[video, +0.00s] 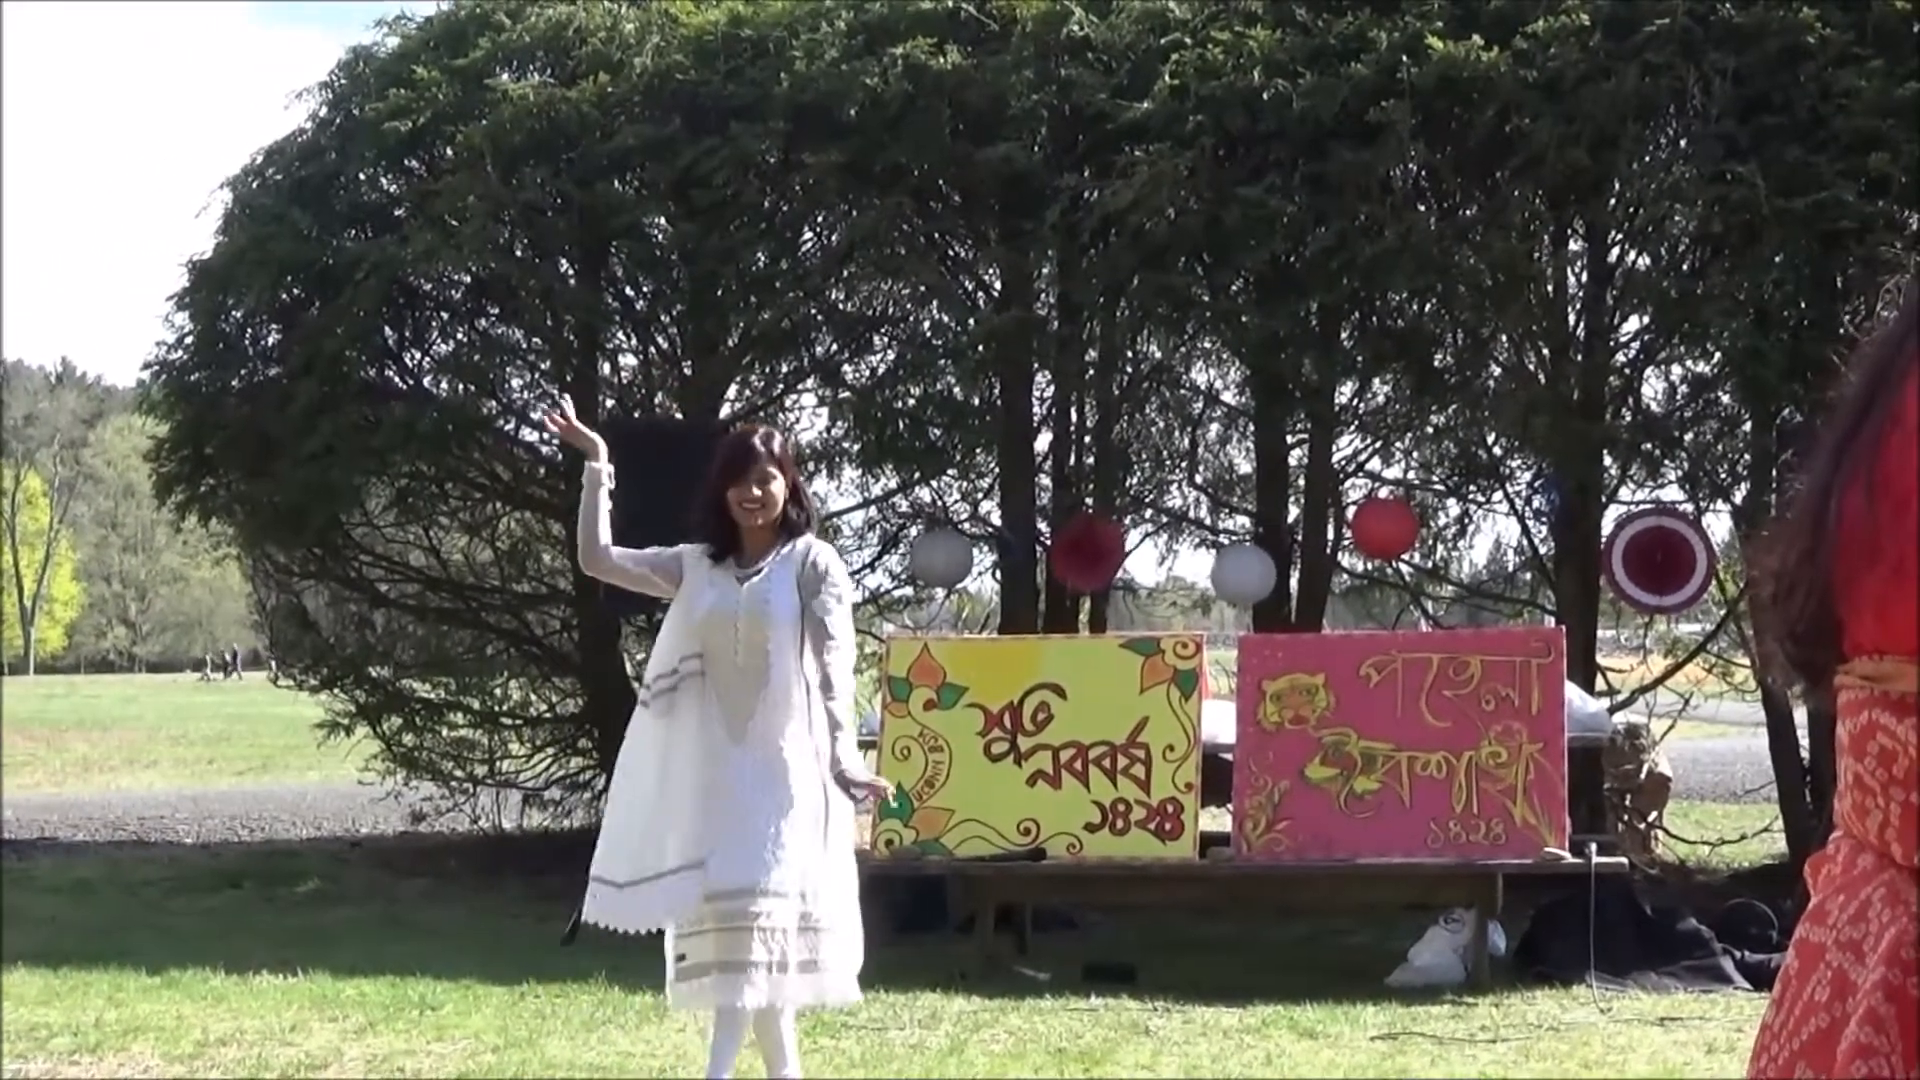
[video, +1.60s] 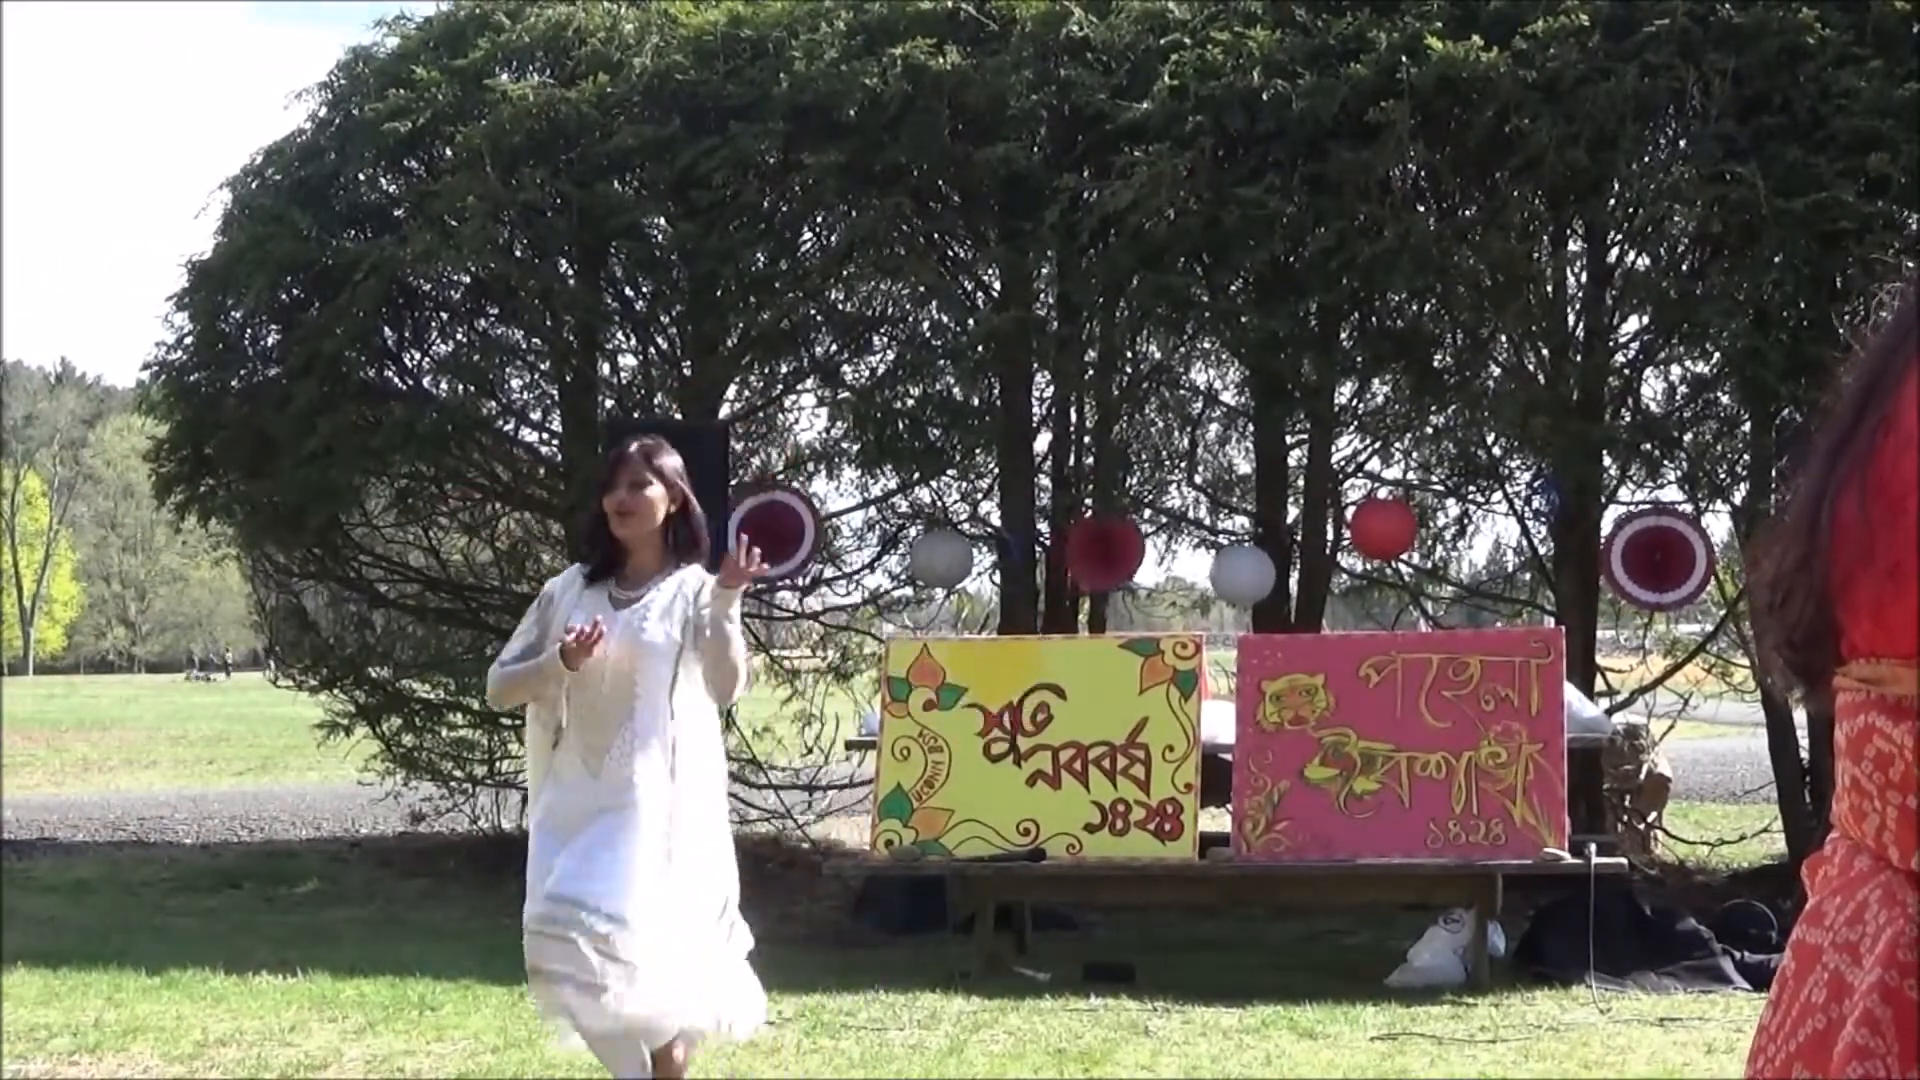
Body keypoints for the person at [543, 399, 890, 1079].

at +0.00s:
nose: (753, 488)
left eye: (767, 475)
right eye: (739, 477)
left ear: (790, 485)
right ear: (722, 489)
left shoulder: (812, 561)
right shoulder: (696, 564)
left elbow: (835, 667)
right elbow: (597, 558)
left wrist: (844, 757)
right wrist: (597, 459)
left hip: (781, 762)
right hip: (711, 758)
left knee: (743, 911)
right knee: (753, 917)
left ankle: (717, 1068)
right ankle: (785, 1067)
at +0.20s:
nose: (765, 488)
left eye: (776, 474)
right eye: (750, 476)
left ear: (795, 484)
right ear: (728, 488)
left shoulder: (818, 557)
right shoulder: (695, 560)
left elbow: (876, 647)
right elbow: (588, 561)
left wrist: (933, 719)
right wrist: (547, 474)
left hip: (795, 766)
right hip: (717, 765)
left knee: (754, 912)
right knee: (762, 920)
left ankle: (728, 1067)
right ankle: (788, 1068)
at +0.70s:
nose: (760, 487)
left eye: (771, 475)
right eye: (746, 475)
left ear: (790, 486)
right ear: (720, 486)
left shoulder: (812, 563)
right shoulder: (682, 565)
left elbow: (901, 624)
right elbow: (589, 606)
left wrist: (991, 675)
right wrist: (542, 577)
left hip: (786, 761)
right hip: (705, 761)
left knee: (776, 912)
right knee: (737, 913)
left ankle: (771, 1067)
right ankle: (778, 1063)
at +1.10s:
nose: (737, 506)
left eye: (751, 494)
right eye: (725, 493)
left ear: (771, 505)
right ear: (704, 501)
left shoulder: (788, 579)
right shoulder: (668, 596)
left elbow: (880, 653)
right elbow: (601, 681)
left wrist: (981, 716)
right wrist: (603, 660)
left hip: (761, 788)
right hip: (680, 784)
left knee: (752, 945)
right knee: (637, 910)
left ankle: (761, 1071)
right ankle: (697, 1070)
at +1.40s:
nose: (685, 500)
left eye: (702, 490)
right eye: (675, 487)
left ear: (726, 506)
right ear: (655, 498)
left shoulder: (745, 593)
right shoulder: (611, 591)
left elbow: (825, 676)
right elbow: (541, 684)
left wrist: (932, 693)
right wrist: (591, 662)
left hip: (722, 821)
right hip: (622, 821)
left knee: (744, 983)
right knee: (606, 980)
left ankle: (758, 1068)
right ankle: (641, 1075)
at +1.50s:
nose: (654, 492)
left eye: (672, 481)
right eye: (644, 480)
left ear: (700, 499)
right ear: (629, 493)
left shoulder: (721, 590)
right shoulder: (589, 585)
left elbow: (778, 682)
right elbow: (525, 684)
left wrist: (853, 650)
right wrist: (583, 657)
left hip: (697, 817)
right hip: (600, 818)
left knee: (723, 984)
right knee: (603, 988)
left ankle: (738, 1068)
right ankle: (637, 1076)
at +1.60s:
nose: (622, 497)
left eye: (640, 484)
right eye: (613, 485)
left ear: (673, 499)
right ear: (601, 499)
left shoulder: (697, 587)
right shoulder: (567, 588)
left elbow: (727, 688)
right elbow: (499, 686)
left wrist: (725, 601)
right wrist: (559, 661)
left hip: (656, 799)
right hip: (571, 800)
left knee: (567, 929)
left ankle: (667, 1056)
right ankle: (642, 1070)